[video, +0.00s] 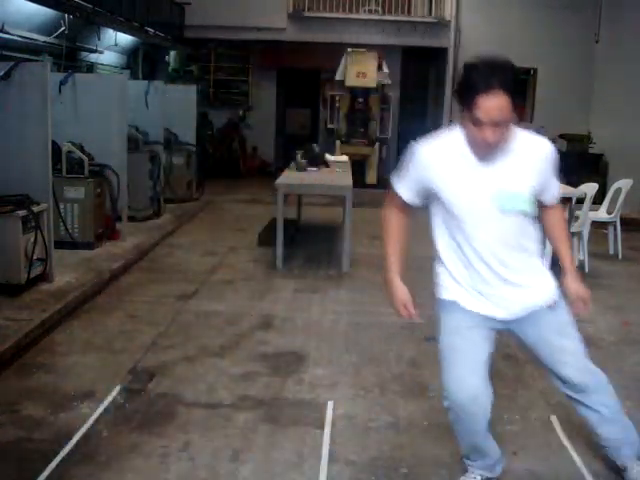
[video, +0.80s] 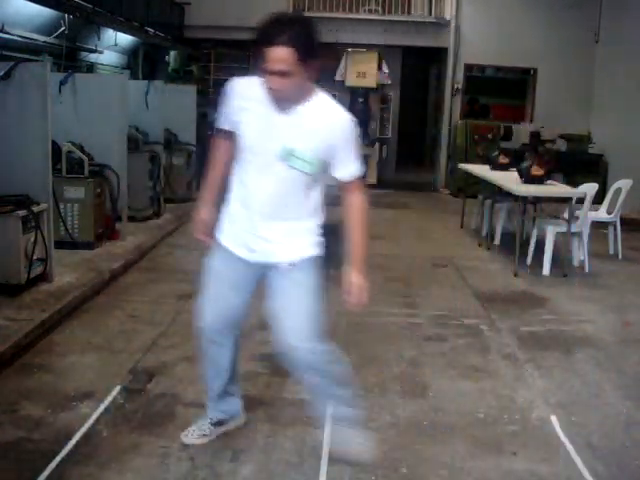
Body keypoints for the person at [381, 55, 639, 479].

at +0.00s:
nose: (490, 135)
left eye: (500, 125)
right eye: (480, 125)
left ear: (515, 113)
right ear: (462, 113)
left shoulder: (538, 152)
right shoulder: (429, 155)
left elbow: (552, 207)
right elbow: (395, 204)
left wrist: (569, 271)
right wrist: (394, 277)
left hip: (531, 292)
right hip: (463, 298)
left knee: (580, 376)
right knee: (464, 396)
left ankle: (630, 460)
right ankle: (482, 465)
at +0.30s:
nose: (454, 106)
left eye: (464, 96)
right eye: (447, 94)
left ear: (490, 84)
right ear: (437, 83)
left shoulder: (522, 126)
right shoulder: (415, 122)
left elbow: (540, 185)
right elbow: (395, 179)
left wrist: (556, 257)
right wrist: (400, 252)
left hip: (513, 275)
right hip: (444, 278)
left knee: (552, 362)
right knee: (447, 373)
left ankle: (594, 450)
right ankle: (461, 449)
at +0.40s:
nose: (418, 85)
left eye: (428, 73)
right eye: (412, 73)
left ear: (459, 64)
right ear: (404, 65)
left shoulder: (499, 108)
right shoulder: (390, 103)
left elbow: (518, 173)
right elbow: (374, 160)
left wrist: (524, 246)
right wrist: (368, 229)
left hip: (476, 258)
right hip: (409, 254)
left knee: (484, 352)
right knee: (411, 348)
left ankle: (496, 435)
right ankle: (432, 436)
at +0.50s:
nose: (383, 88)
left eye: (391, 77)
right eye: (376, 78)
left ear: (426, 67)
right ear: (370, 71)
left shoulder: (470, 114)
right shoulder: (367, 108)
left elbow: (494, 185)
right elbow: (357, 168)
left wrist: (491, 261)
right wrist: (339, 235)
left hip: (439, 257)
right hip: (374, 249)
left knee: (433, 361)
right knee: (343, 334)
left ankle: (445, 449)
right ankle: (343, 413)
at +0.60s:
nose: (348, 99)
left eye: (358, 89)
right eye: (344, 89)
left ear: (392, 83)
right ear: (339, 85)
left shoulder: (431, 136)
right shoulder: (334, 119)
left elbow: (455, 213)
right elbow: (326, 182)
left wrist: (454, 291)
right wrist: (301, 243)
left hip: (400, 278)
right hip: (334, 266)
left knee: (423, 373)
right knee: (277, 335)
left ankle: (447, 460)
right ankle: (235, 414)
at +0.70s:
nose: (312, 95)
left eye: (322, 85)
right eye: (306, 84)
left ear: (351, 80)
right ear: (300, 77)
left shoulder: (382, 136)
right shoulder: (288, 106)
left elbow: (401, 209)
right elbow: (272, 165)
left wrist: (405, 287)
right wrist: (253, 224)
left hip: (342, 271)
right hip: (277, 258)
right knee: (240, 338)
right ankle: (228, 419)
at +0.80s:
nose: (272, 82)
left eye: (283, 74)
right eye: (266, 71)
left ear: (311, 70)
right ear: (258, 64)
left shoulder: (336, 122)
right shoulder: (242, 92)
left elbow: (353, 191)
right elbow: (223, 141)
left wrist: (355, 266)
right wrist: (207, 202)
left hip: (294, 250)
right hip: (234, 240)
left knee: (299, 344)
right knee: (212, 324)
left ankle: (344, 420)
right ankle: (222, 410)